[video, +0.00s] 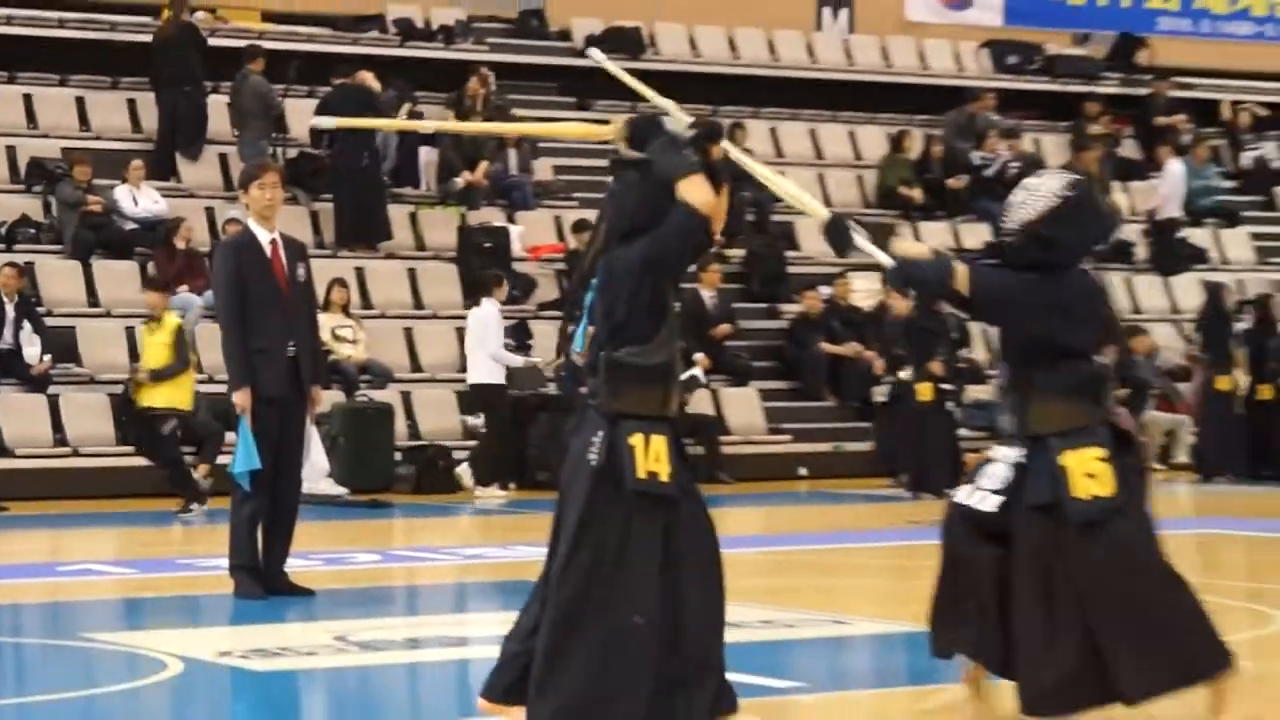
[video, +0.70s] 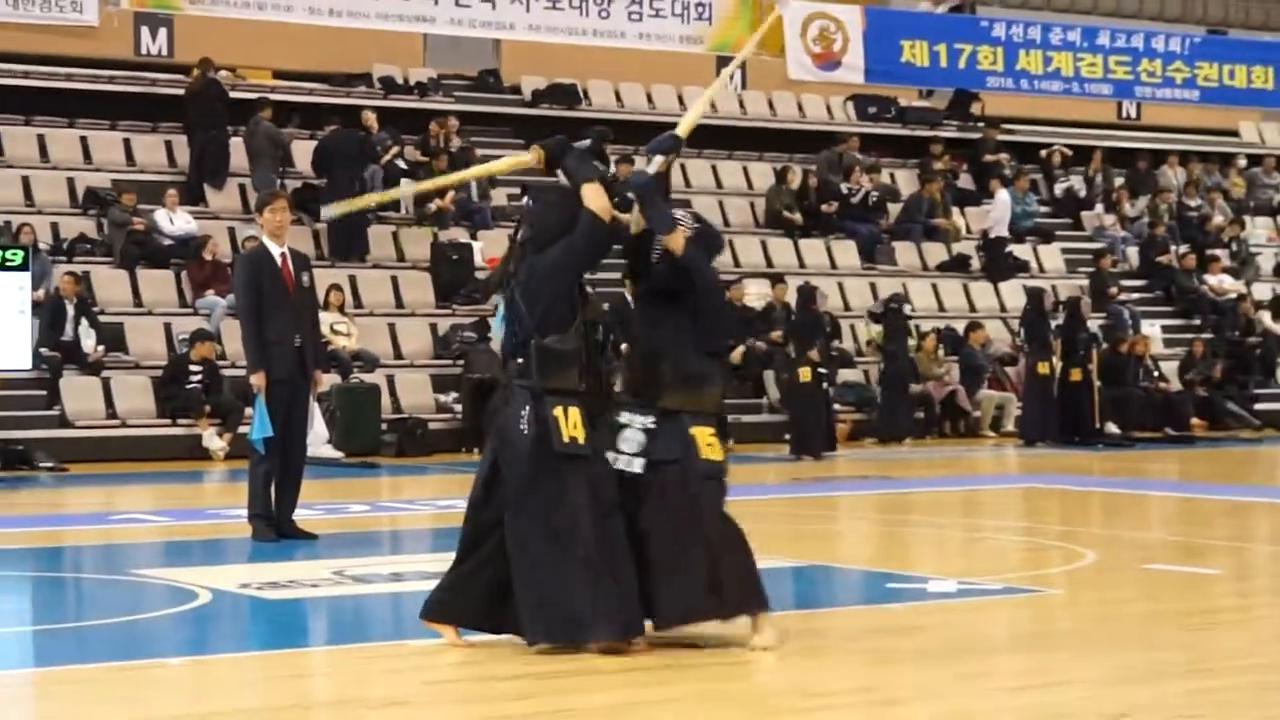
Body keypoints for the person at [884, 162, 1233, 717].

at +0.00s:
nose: (1005, 236)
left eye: (1016, 226)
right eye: (1008, 225)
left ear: (1043, 232)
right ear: (1055, 232)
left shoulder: (1064, 291)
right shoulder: (1035, 281)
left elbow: (967, 285)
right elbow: (958, 269)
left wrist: (889, 260)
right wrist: (880, 248)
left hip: (1080, 446)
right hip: (1034, 444)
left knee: (1111, 552)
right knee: (969, 527)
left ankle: (1213, 664)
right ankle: (976, 656)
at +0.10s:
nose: (878, 238)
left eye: (884, 227)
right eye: (875, 231)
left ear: (911, 221)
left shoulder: (969, 264)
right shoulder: (926, 265)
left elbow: (898, 248)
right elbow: (863, 245)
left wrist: (838, 198)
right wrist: (824, 192)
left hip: (988, 429)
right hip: (939, 432)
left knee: (1009, 547)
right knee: (902, 544)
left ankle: (1093, 635)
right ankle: (914, 677)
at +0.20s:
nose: (818, 234)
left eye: (825, 224)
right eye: (816, 225)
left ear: (847, 224)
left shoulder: (906, 282)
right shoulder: (858, 281)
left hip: (928, 425)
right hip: (880, 430)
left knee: (931, 542)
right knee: (841, 535)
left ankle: (996, 643)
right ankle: (865, 652)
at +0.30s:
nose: (776, 225)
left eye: (782, 218)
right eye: (774, 221)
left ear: (814, 231)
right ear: (823, 232)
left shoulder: (849, 289)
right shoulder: (811, 286)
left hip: (869, 436)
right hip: (819, 437)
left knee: (899, 545)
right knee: (776, 538)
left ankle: (967, 639)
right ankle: (775, 646)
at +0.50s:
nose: (723, 225)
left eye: (732, 218)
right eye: (726, 218)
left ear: (754, 229)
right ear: (758, 232)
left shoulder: (776, 278)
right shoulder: (739, 277)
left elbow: (734, 243)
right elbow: (704, 228)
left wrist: (696, 188)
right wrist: (714, 159)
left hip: (770, 412)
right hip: (732, 409)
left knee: (762, 511)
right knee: (681, 492)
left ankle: (776, 617)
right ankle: (703, 596)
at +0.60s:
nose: (697, 239)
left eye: (706, 233)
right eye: (698, 233)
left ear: (725, 243)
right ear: (705, 242)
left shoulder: (742, 284)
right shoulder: (691, 280)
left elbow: (692, 236)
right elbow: (663, 240)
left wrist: (670, 194)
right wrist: (672, 188)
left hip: (733, 421)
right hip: (690, 417)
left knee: (732, 518)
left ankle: (766, 621)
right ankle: (703, 613)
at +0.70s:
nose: (668, 236)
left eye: (676, 231)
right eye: (666, 229)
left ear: (695, 243)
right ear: (666, 239)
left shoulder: (703, 285)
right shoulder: (647, 275)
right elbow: (642, 232)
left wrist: (690, 254)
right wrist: (651, 175)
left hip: (690, 411)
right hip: (641, 405)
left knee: (702, 508)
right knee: (629, 507)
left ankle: (756, 607)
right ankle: (629, 614)